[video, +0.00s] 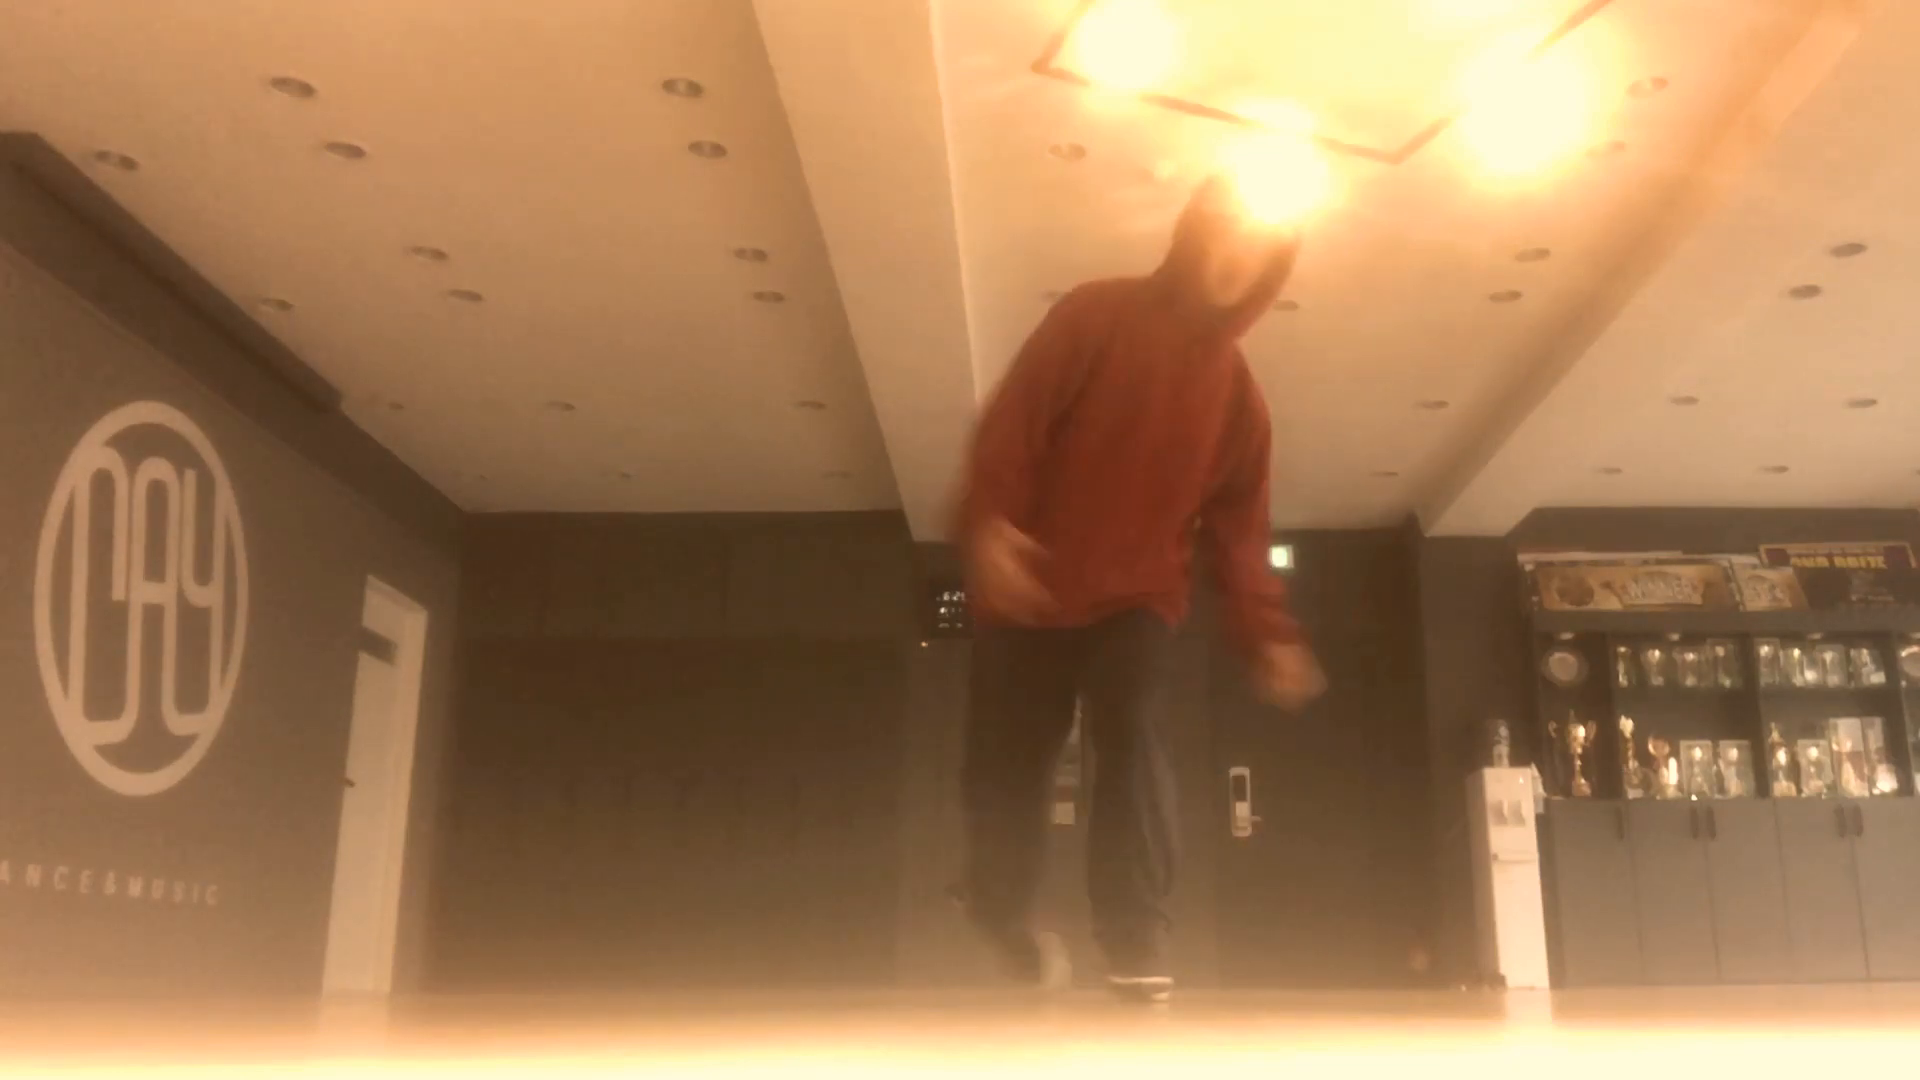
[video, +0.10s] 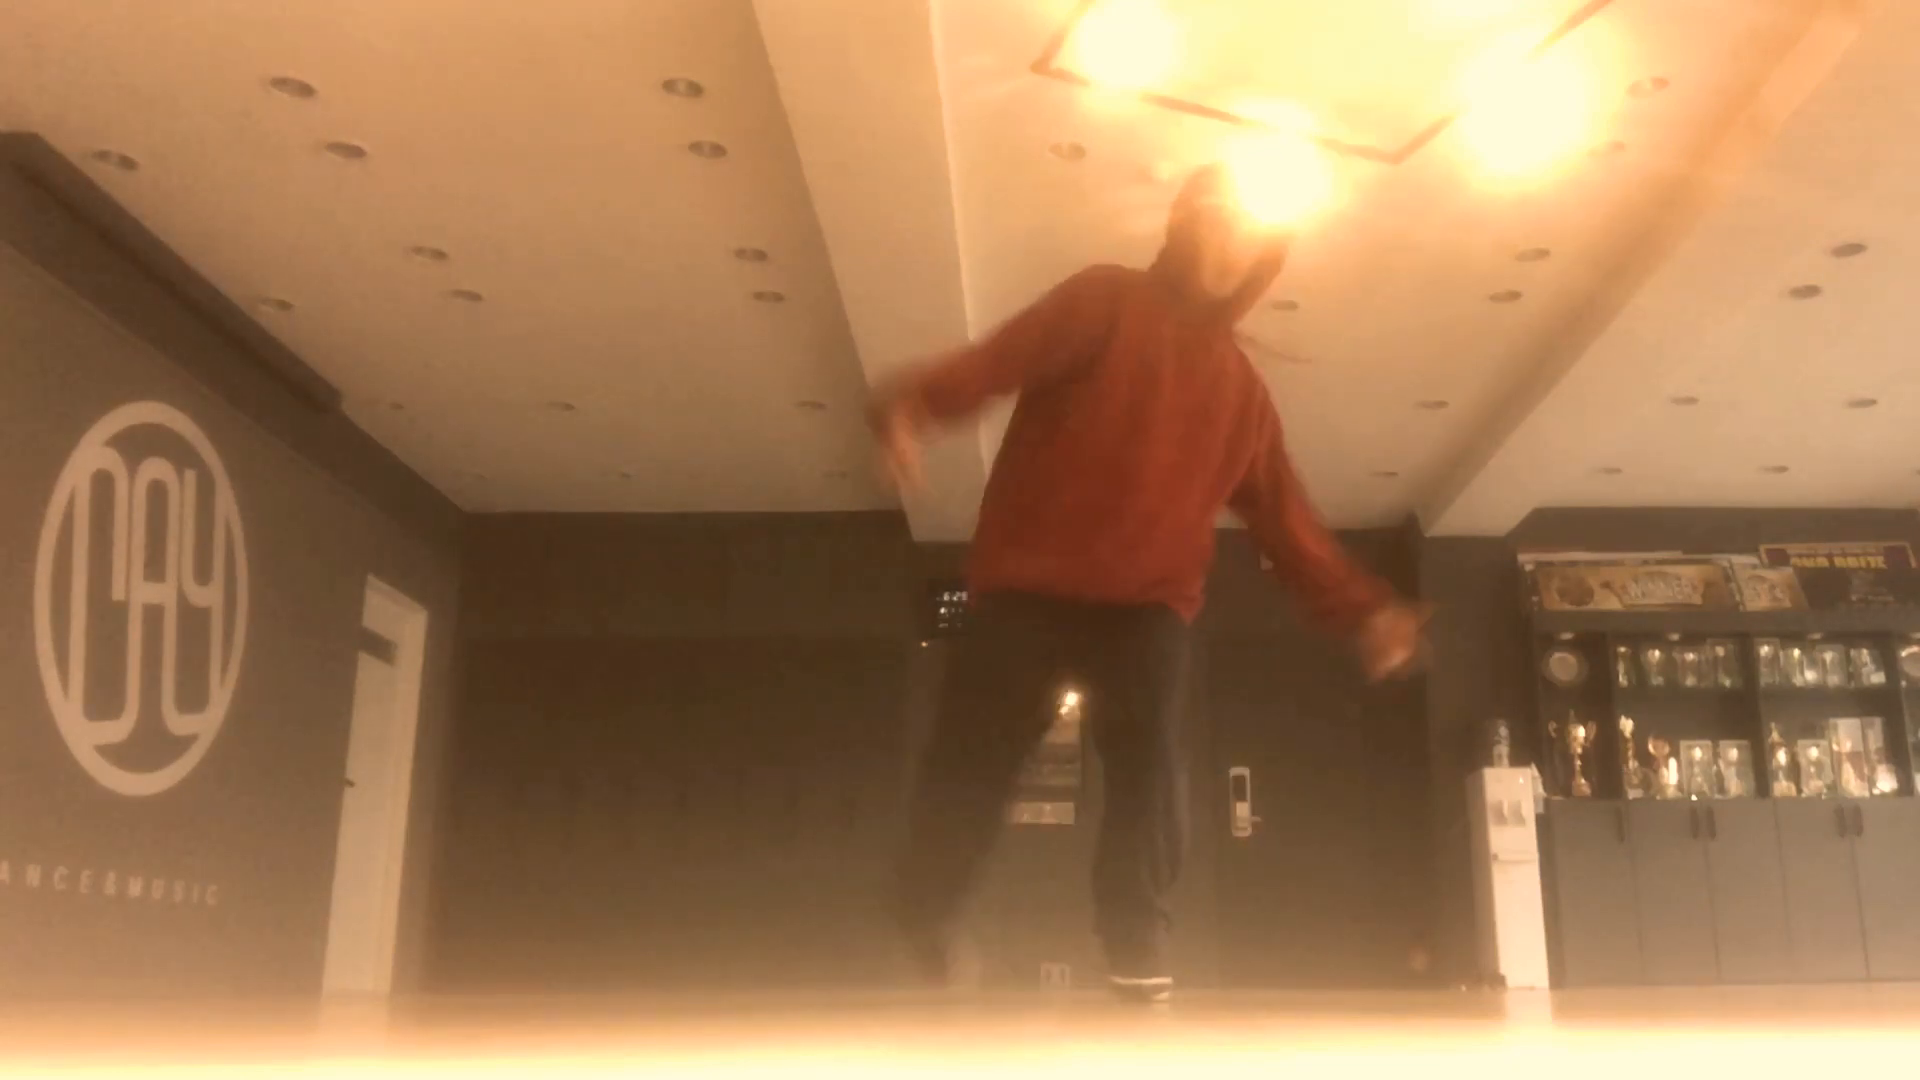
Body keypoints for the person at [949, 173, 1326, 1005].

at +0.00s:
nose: (1236, 269)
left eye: (1257, 257)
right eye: (1228, 243)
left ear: (1269, 278)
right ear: (1191, 238)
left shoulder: (1235, 392)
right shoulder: (1095, 315)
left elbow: (1239, 530)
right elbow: (1017, 414)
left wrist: (1270, 632)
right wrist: (989, 519)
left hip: (1139, 589)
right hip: (1034, 574)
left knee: (1134, 745)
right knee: (1013, 753)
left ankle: (1135, 939)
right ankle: (1003, 917)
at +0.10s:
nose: (1223, 248)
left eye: (1244, 236)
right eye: (1213, 224)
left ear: (1257, 267)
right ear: (1179, 229)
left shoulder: (1241, 386)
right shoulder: (1106, 298)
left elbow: (1288, 523)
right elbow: (999, 359)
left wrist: (1365, 607)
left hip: (1148, 599)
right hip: (1029, 575)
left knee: (1148, 768)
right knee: (978, 752)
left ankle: (1138, 945)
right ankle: (926, 923)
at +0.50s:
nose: (1201, 241)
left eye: (1218, 227)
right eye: (1185, 220)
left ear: (1232, 248)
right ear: (1145, 223)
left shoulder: (1234, 372)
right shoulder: (1086, 302)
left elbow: (1297, 495)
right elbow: (981, 366)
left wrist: (1366, 580)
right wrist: (939, 411)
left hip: (1181, 592)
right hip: (1070, 558)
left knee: (1162, 771)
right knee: (1044, 727)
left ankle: (1110, 941)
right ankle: (892, 884)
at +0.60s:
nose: (1189, 234)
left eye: (1206, 216)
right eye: (1169, 214)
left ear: (1224, 234)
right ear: (1132, 223)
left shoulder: (1232, 359)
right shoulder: (1078, 320)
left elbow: (1265, 490)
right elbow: (1020, 444)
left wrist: (1283, 603)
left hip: (1186, 598)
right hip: (1089, 573)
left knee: (1156, 774)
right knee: (1116, 686)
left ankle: (1112, 945)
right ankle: (975, 871)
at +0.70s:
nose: (1154, 218)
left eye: (1172, 197)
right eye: (1133, 200)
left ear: (1202, 212)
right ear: (1105, 216)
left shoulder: (1236, 339)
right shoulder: (1061, 321)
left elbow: (1253, 475)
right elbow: (1017, 453)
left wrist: (1218, 561)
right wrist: (1031, 565)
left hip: (1195, 575)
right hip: (1087, 556)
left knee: (1182, 752)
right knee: (1148, 664)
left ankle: (1116, 936)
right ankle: (1063, 889)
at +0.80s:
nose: (1119, 186)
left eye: (1135, 164)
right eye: (1095, 170)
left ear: (1164, 176)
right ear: (1065, 190)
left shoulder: (1225, 291)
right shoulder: (1042, 309)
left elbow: (1274, 405)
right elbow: (986, 437)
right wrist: (1001, 556)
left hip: (1217, 545)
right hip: (1102, 532)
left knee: (1198, 751)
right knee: (1162, 675)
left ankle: (1118, 930)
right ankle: (1161, 935)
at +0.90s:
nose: (1091, 180)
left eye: (1105, 157)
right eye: (1067, 167)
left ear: (1137, 162)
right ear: (1039, 188)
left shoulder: (1203, 243)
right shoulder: (1037, 311)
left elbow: (1275, 307)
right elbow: (986, 444)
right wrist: (994, 560)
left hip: (1241, 516)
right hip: (1128, 516)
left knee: (1219, 735)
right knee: (1192, 691)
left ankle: (1122, 918)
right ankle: (1230, 922)